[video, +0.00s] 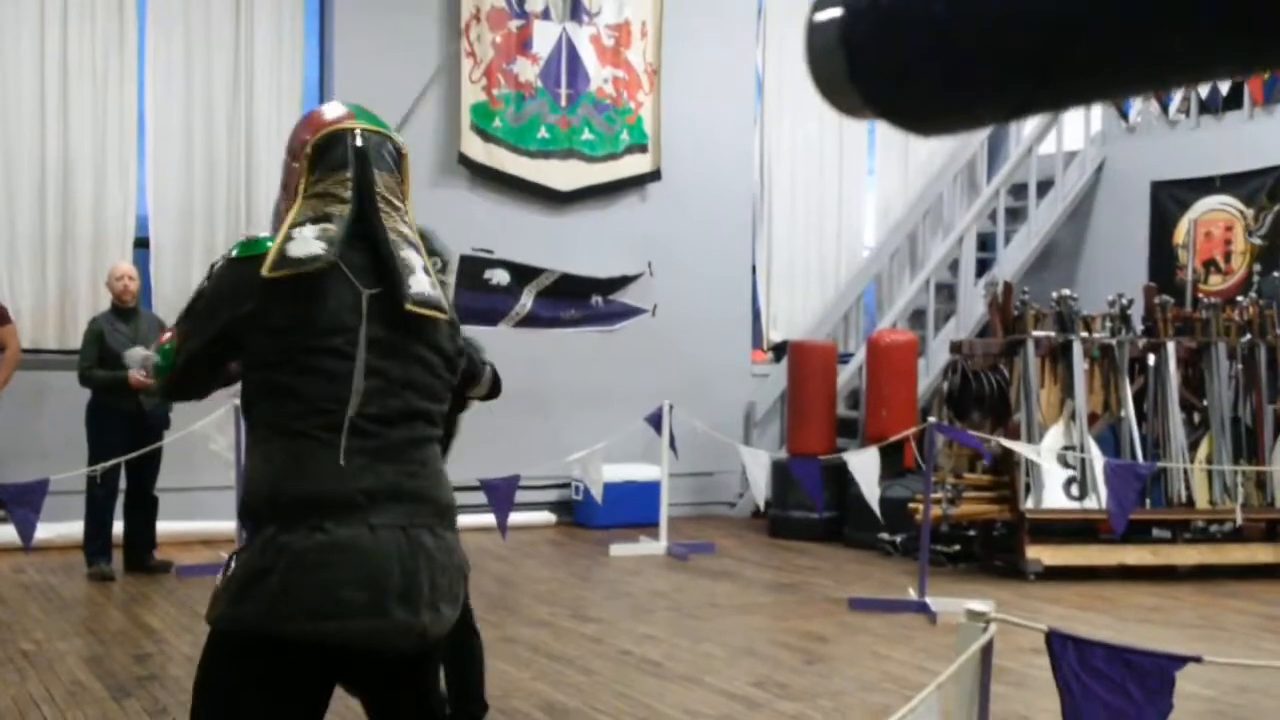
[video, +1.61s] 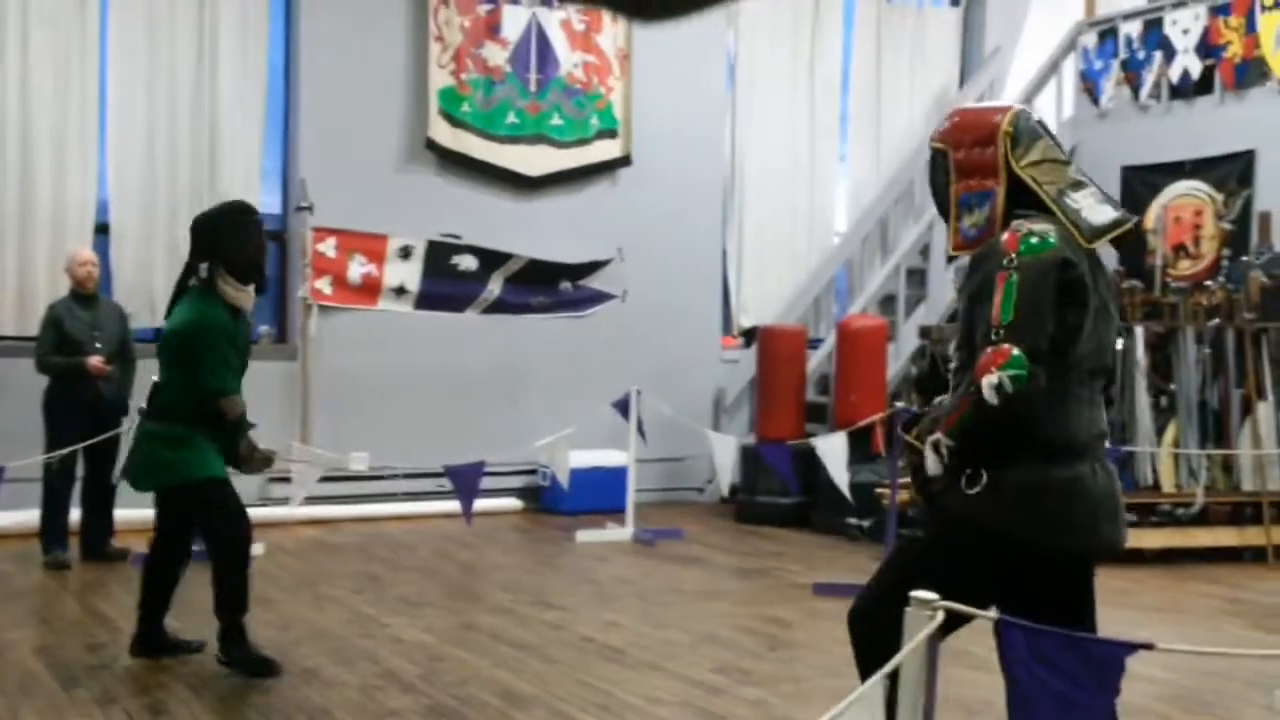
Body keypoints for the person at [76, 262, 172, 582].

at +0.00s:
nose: (126, 284)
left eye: (131, 278)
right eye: (119, 279)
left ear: (140, 284)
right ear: (109, 286)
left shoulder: (155, 325)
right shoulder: (98, 327)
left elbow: (173, 366)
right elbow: (86, 374)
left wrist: (157, 380)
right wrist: (125, 378)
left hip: (148, 418)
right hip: (108, 418)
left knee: (143, 490)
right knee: (103, 489)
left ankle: (140, 555)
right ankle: (99, 559)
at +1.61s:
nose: (90, 270)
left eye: (94, 264)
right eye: (83, 264)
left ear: (100, 270)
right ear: (69, 272)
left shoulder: (114, 312)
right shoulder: (58, 311)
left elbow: (127, 358)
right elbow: (43, 360)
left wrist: (121, 396)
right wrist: (82, 362)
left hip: (106, 406)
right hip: (65, 407)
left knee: (101, 479)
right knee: (59, 477)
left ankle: (97, 544)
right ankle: (55, 547)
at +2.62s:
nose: (32, 263)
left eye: (36, 257)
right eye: (24, 257)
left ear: (42, 264)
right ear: (10, 265)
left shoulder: (57, 306)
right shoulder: (4, 305)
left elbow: (72, 352)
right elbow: (1, 352)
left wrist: (65, 391)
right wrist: (24, 357)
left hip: (48, 404)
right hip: (9, 404)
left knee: (44, 478)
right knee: (5, 477)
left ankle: (40, 542)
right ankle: (3, 545)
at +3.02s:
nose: (25, 262)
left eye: (29, 256)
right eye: (18, 256)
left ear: (34, 263)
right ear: (3, 264)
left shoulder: (47, 304)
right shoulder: (2, 302)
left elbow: (62, 350)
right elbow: (1, 351)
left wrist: (58, 391)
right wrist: (18, 356)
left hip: (40, 402)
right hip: (5, 402)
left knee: (36, 475)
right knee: (2, 475)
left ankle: (32, 541)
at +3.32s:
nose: (25, 262)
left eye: (28, 257)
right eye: (18, 257)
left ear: (34, 263)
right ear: (3, 264)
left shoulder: (46, 304)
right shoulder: (1, 302)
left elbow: (62, 350)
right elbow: (0, 351)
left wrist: (57, 390)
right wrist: (17, 357)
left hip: (40, 402)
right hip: (5, 402)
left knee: (35, 475)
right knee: (1, 475)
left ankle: (31, 541)